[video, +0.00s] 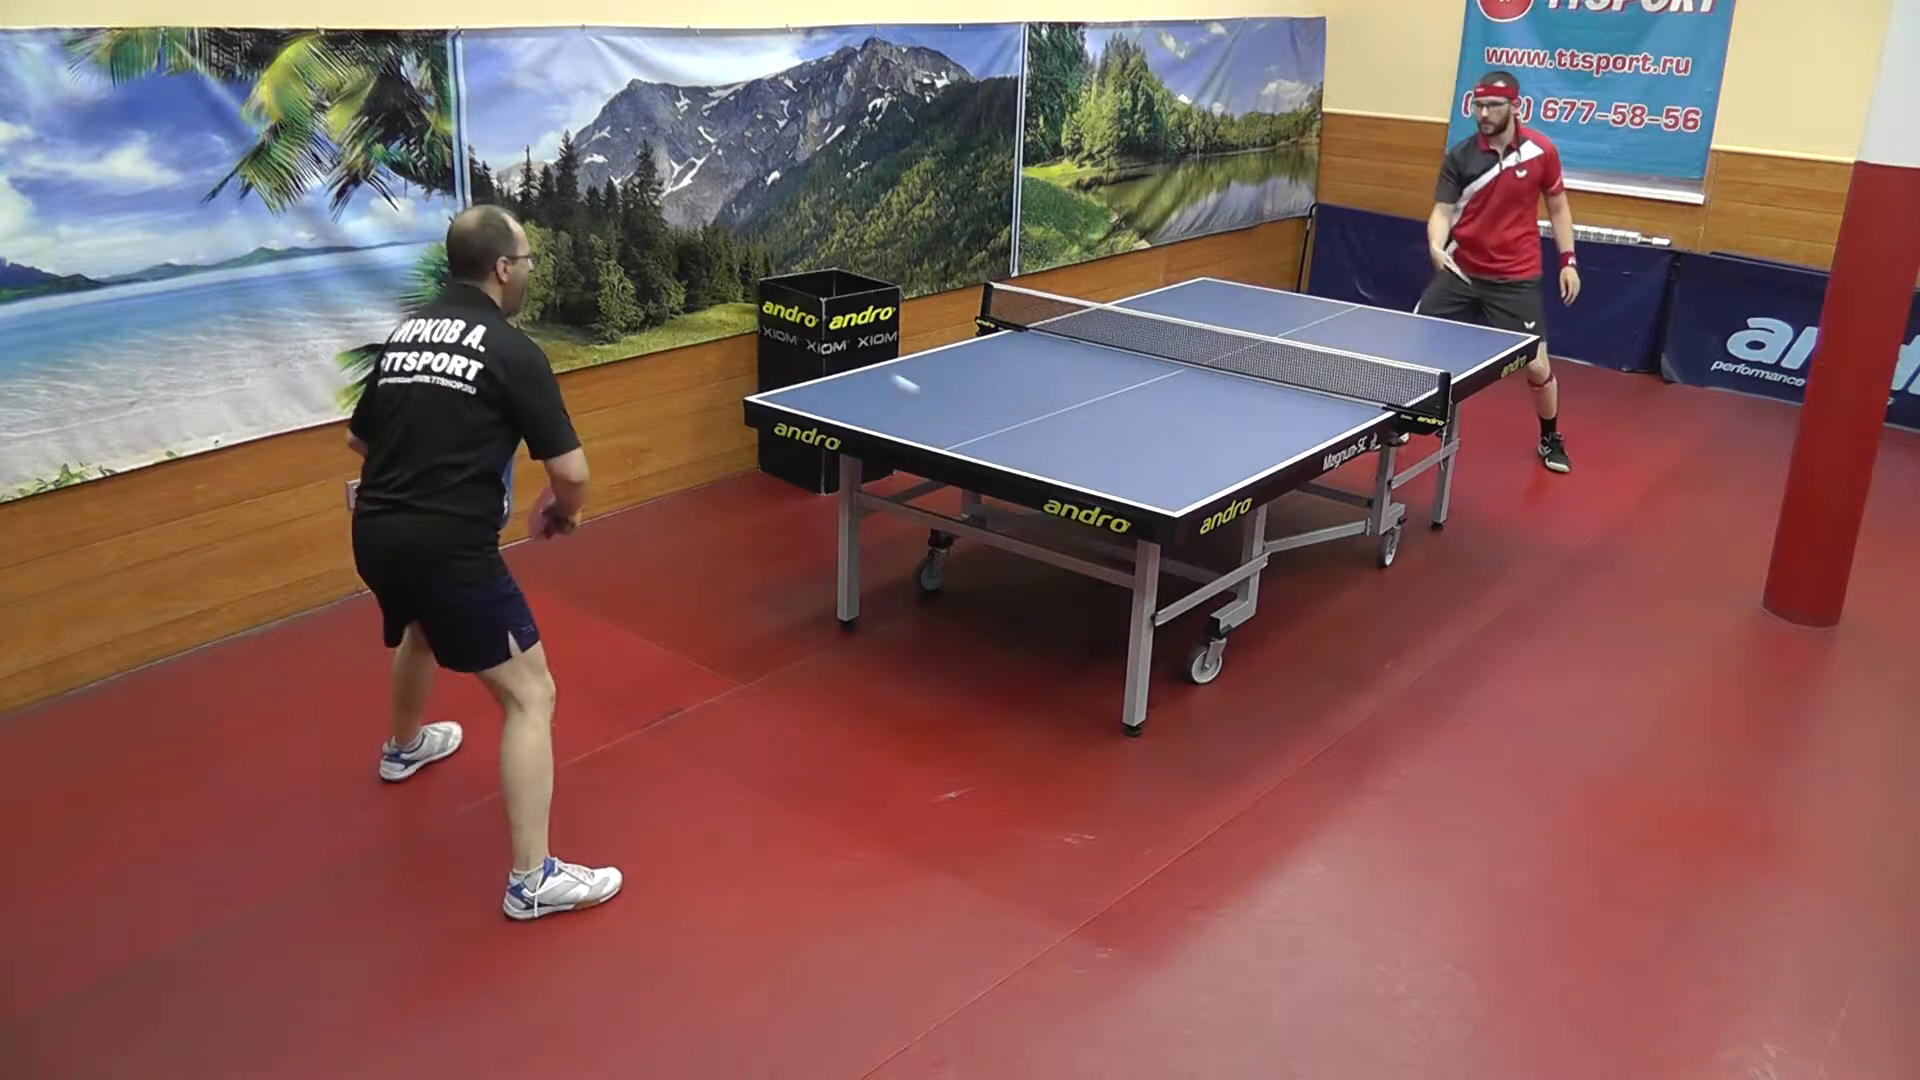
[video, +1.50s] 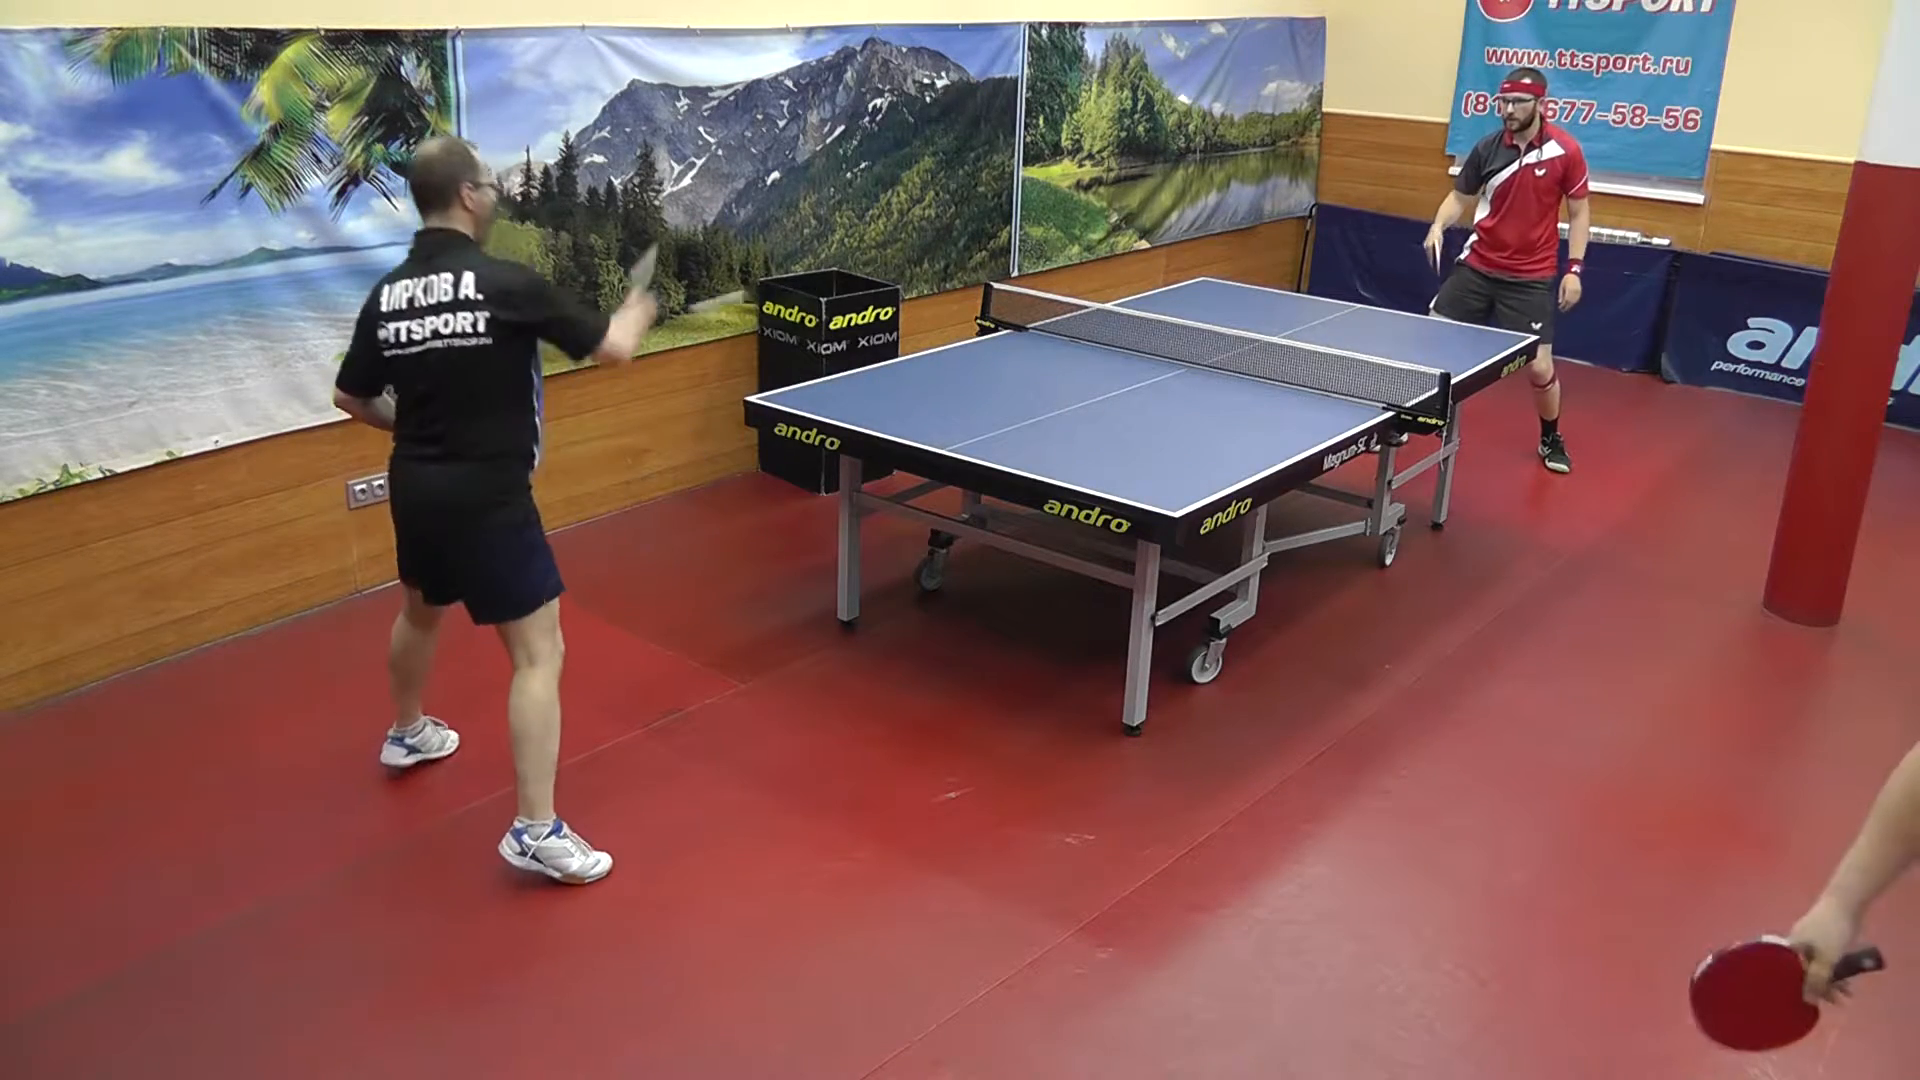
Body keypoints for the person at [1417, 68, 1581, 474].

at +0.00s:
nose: (1484, 114)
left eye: (1493, 106)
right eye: (1479, 106)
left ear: (1514, 107)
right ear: (1472, 107)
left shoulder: (1541, 153)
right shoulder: (1460, 156)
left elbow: (1558, 207)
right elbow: (1443, 211)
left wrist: (1568, 262)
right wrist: (1436, 247)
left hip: (1516, 281)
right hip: (1459, 274)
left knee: (1537, 368)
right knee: (1415, 342)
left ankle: (1550, 437)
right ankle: (1414, 410)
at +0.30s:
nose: (1508, 113)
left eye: (1517, 105)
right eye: (1503, 105)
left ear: (1540, 107)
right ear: (1498, 106)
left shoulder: (1568, 156)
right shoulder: (1490, 155)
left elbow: (1580, 219)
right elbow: (1468, 203)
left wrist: (1562, 270)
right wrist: (1447, 238)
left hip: (1536, 282)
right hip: (1481, 271)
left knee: (1541, 373)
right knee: (1435, 341)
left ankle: (1551, 439)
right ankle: (1415, 412)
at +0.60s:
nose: (1503, 119)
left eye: (1513, 111)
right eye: (1498, 110)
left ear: (1532, 111)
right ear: (1492, 109)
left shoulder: (1560, 155)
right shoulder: (1482, 153)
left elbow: (1573, 215)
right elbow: (1446, 201)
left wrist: (1564, 268)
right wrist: (1449, 221)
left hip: (1533, 282)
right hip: (1478, 271)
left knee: (1543, 370)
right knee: (1428, 337)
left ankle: (1551, 439)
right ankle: (1411, 412)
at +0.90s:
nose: (1507, 119)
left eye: (1515, 111)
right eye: (1501, 110)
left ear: (1534, 107)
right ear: (1494, 109)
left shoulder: (1558, 147)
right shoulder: (1481, 152)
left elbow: (1579, 197)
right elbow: (1449, 198)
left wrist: (1601, 247)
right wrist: (1428, 227)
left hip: (1534, 275)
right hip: (1476, 269)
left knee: (1549, 365)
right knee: (1429, 342)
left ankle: (1551, 438)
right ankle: (1404, 416)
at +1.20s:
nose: (1509, 111)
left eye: (1519, 103)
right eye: (1504, 103)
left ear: (1540, 104)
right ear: (1498, 103)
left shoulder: (1565, 148)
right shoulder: (1484, 151)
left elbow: (1579, 203)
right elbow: (1460, 207)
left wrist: (1591, 261)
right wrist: (1443, 254)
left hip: (1534, 275)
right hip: (1477, 268)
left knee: (1546, 366)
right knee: (1431, 340)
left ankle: (1551, 438)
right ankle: (1408, 413)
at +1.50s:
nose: (1509, 110)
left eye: (1519, 102)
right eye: (1505, 102)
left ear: (1540, 105)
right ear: (1499, 103)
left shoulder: (1565, 152)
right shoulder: (1486, 150)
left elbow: (1579, 212)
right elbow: (1459, 198)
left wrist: (1573, 270)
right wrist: (1438, 223)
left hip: (1531, 280)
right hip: (1476, 269)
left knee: (1541, 370)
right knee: (1430, 338)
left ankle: (1550, 438)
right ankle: (1416, 411)